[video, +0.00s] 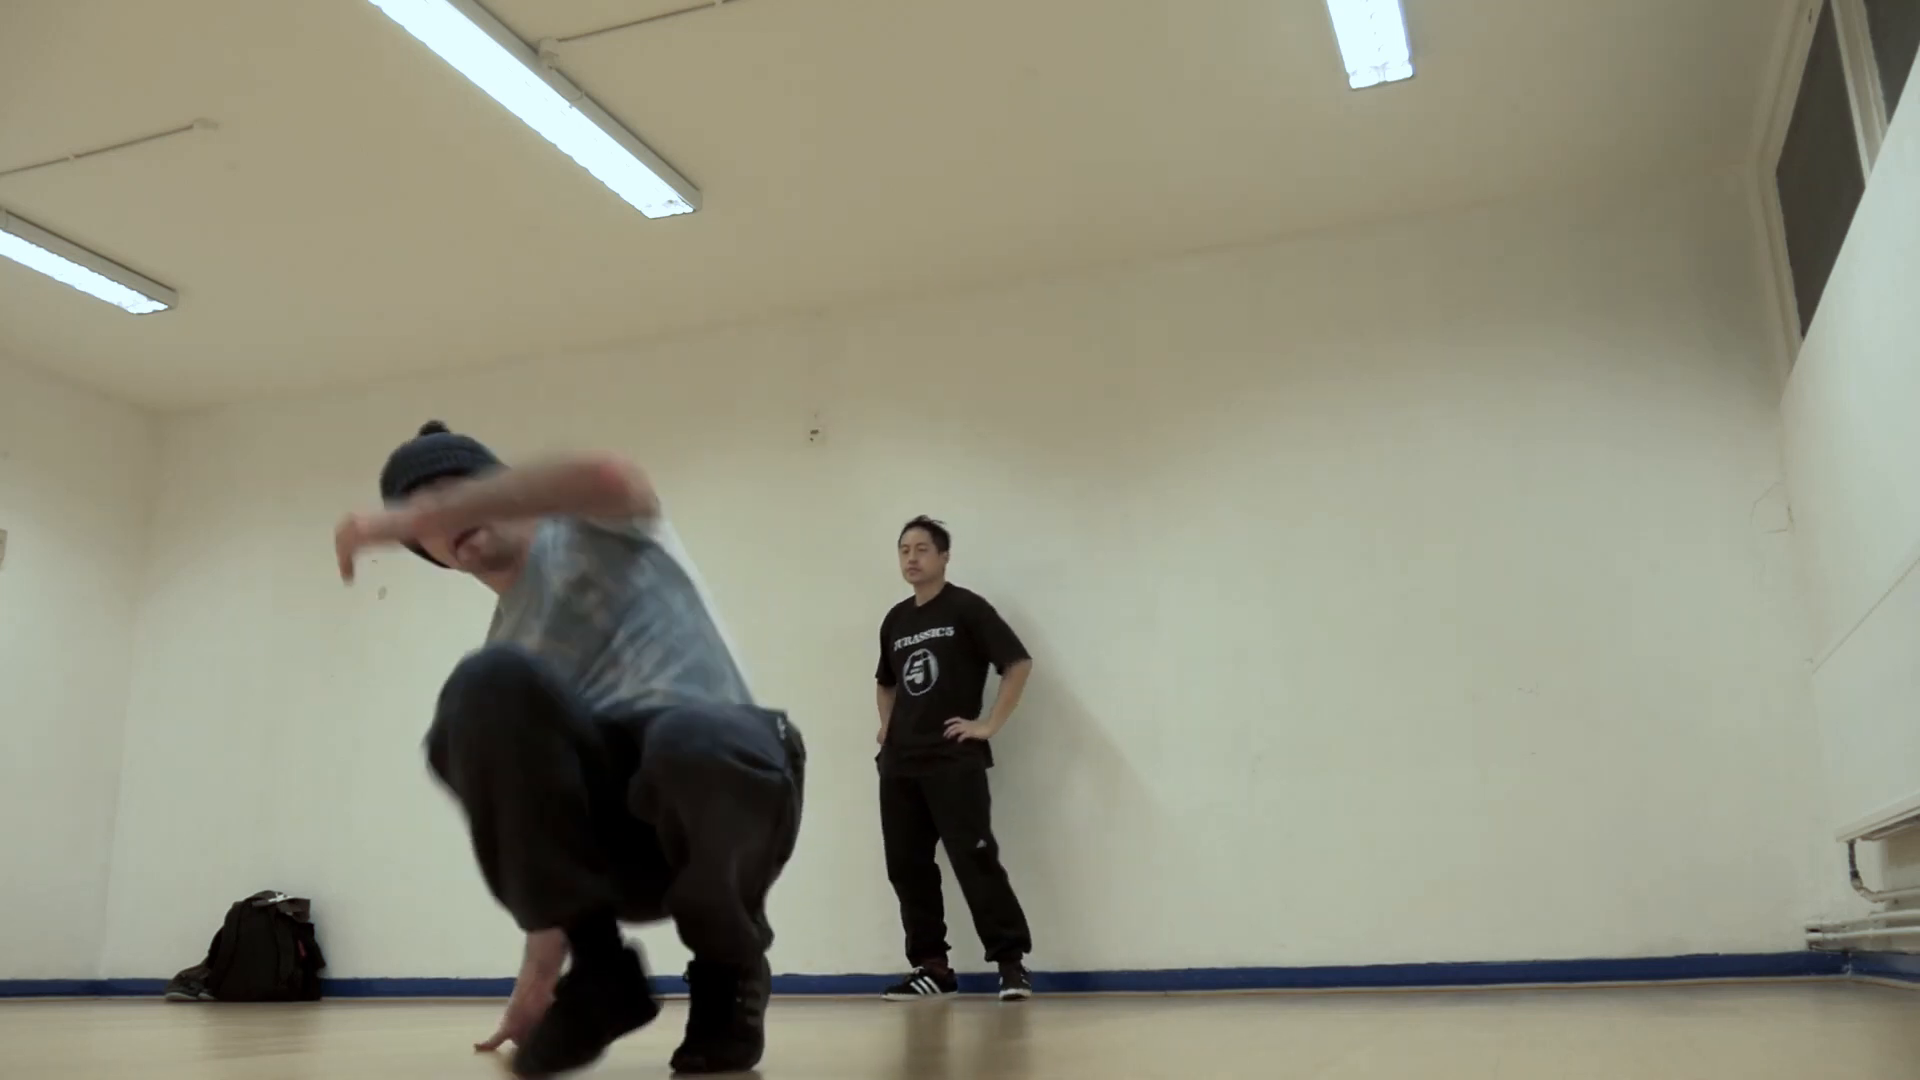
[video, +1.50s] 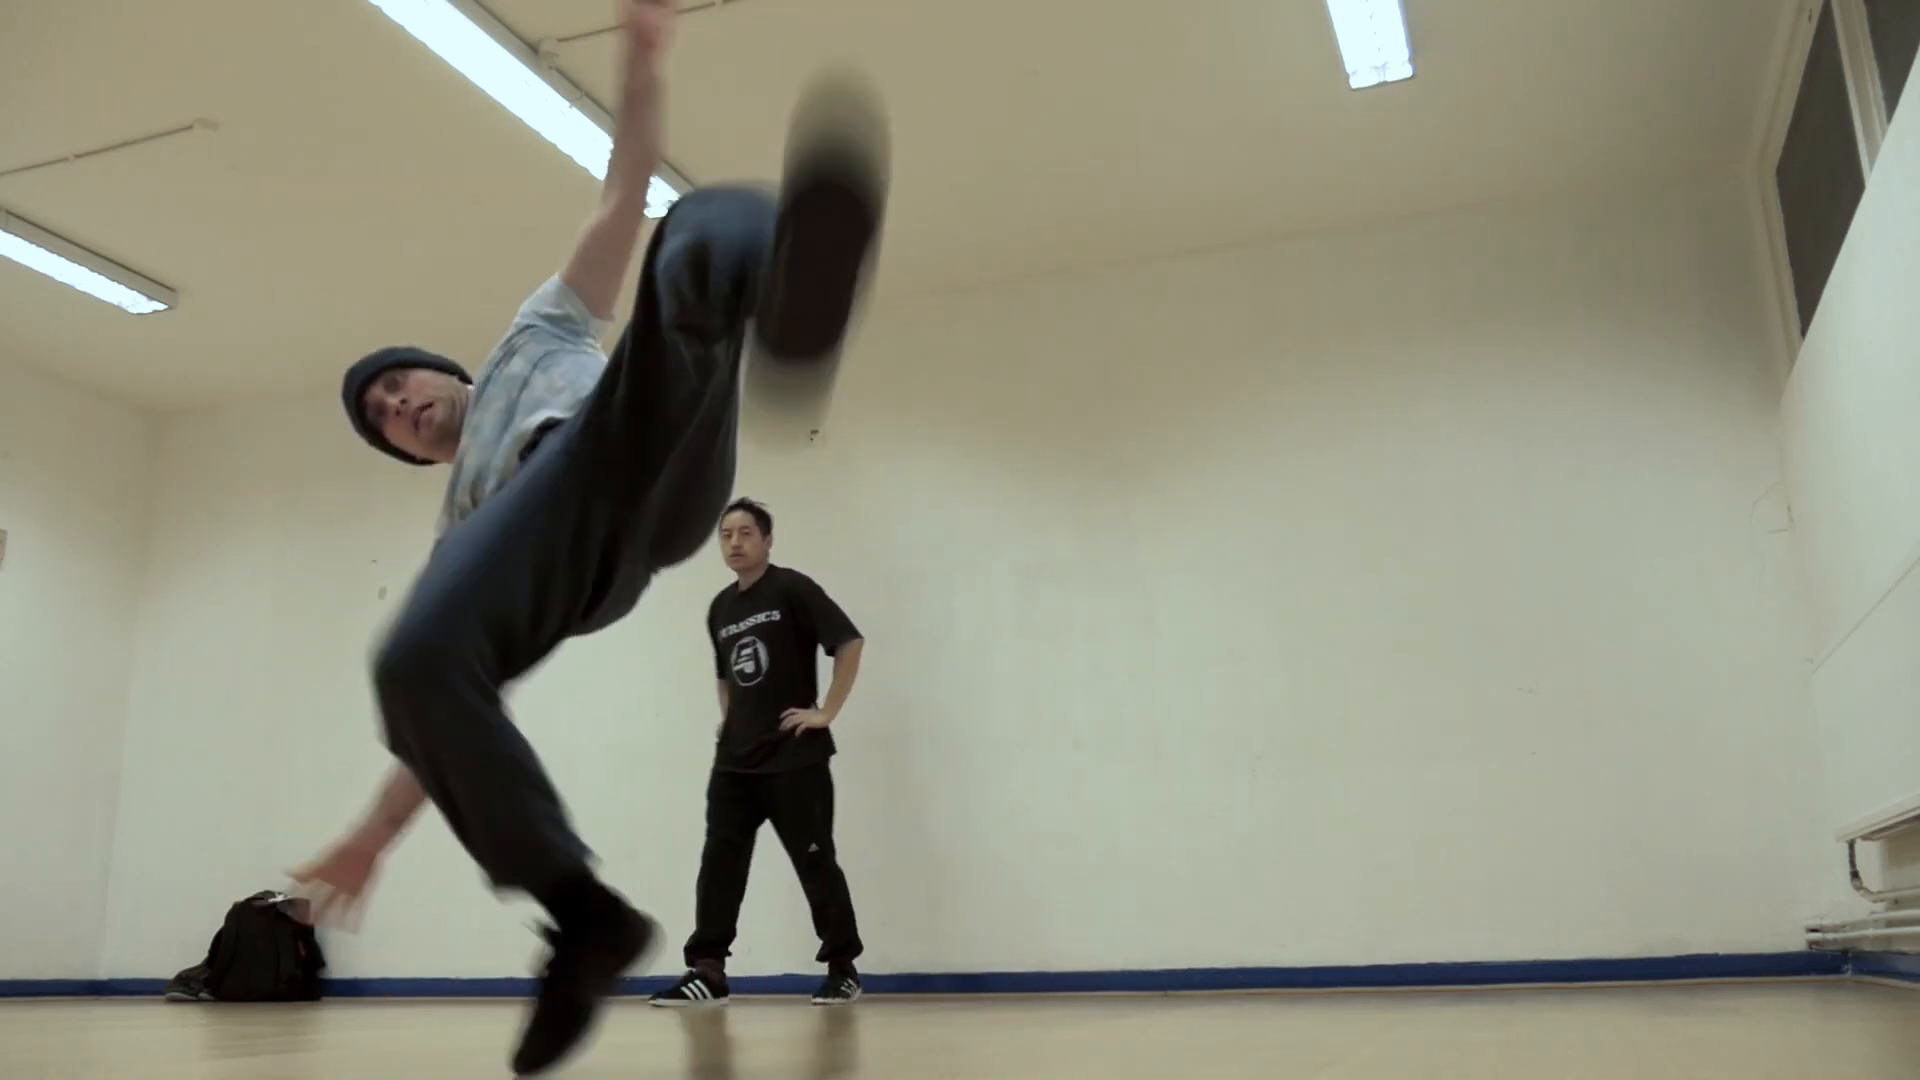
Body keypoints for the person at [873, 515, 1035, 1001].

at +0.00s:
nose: (911, 557)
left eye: (921, 549)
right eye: (905, 550)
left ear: (943, 557)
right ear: (899, 560)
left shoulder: (968, 609)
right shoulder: (896, 621)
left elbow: (1018, 664)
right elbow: (887, 681)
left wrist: (990, 724)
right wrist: (886, 723)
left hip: (955, 758)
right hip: (900, 762)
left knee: (974, 859)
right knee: (908, 868)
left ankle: (1011, 966)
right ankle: (932, 969)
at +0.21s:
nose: (888, 559)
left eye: (898, 550)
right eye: (881, 552)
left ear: (919, 557)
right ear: (875, 561)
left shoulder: (945, 606)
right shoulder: (874, 623)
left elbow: (1000, 657)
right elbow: (870, 686)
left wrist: (976, 719)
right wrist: (872, 729)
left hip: (938, 750)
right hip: (888, 758)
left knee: (935, 852)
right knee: (898, 866)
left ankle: (959, 966)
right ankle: (929, 969)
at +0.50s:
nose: (863, 560)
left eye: (872, 551)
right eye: (855, 553)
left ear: (893, 557)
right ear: (848, 563)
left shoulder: (924, 606)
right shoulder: (847, 626)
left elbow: (979, 657)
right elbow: (841, 687)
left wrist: (955, 722)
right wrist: (854, 734)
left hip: (920, 750)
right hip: (870, 758)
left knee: (897, 855)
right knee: (884, 861)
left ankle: (923, 966)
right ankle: (930, 964)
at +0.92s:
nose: (826, 548)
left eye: (837, 540)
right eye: (819, 540)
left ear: (858, 548)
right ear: (813, 549)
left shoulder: (880, 599)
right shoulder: (810, 612)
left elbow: (930, 655)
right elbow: (807, 680)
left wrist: (899, 715)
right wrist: (816, 727)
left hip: (869, 746)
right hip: (822, 749)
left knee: (854, 859)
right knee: (828, 867)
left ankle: (847, 972)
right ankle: (907, 946)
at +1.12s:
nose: (803, 544)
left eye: (813, 536)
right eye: (796, 537)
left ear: (835, 542)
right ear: (790, 545)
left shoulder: (856, 592)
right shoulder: (790, 603)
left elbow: (906, 648)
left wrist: (878, 712)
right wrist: (801, 713)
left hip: (847, 744)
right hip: (799, 745)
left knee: (843, 855)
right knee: (771, 851)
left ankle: (845, 972)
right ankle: (829, 940)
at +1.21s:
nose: (790, 544)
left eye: (800, 535)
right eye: (783, 535)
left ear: (823, 542)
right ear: (777, 545)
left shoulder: (845, 591)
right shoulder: (779, 607)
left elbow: (895, 646)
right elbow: (795, 672)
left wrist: (869, 713)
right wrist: (793, 720)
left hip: (840, 746)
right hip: (790, 747)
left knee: (839, 855)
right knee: (756, 849)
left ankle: (846, 973)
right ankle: (784, 961)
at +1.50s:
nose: (735, 542)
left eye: (745, 533)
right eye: (728, 534)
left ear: (767, 540)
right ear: (719, 544)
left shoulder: (793, 588)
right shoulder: (720, 609)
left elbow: (849, 643)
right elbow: (725, 676)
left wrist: (827, 712)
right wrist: (729, 724)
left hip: (794, 753)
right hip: (737, 755)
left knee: (814, 859)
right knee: (721, 860)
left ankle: (841, 969)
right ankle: (708, 973)